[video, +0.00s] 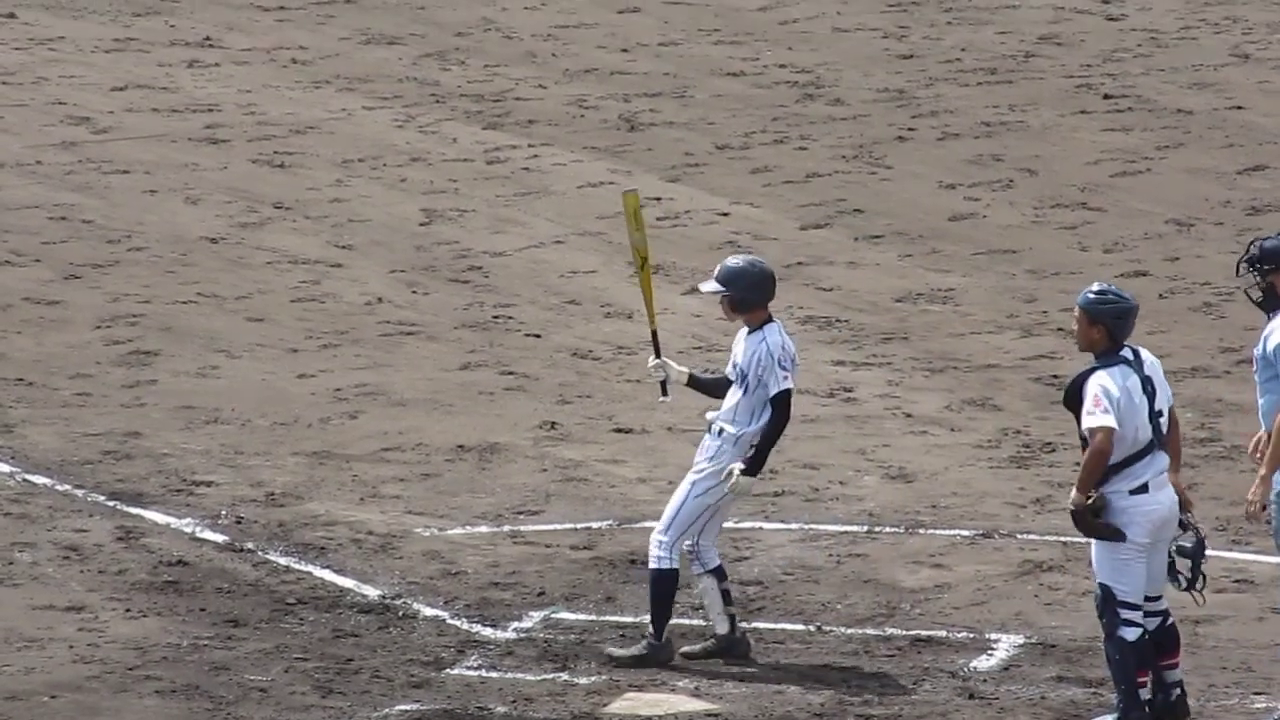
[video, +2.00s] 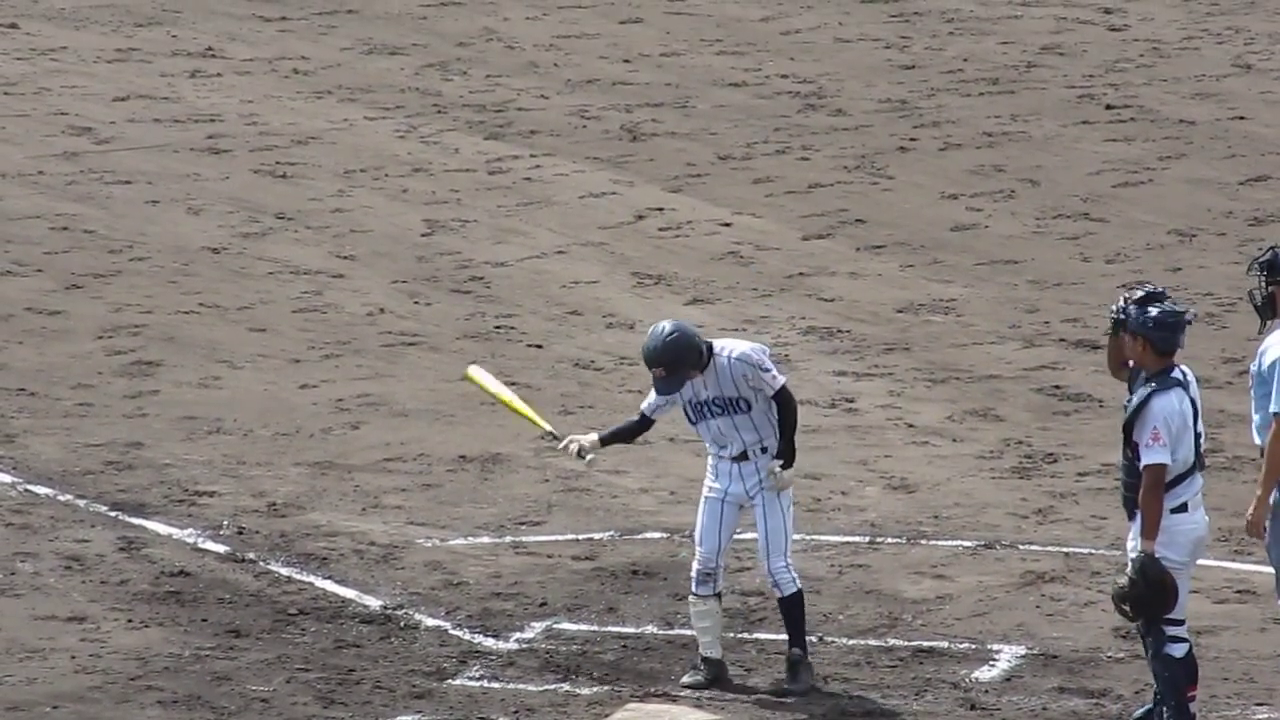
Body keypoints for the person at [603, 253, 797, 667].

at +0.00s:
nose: (719, 302)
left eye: (724, 296)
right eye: (720, 294)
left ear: (742, 299)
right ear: (755, 297)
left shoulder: (770, 345)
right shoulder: (749, 334)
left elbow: (781, 412)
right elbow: (728, 387)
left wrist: (753, 462)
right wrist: (681, 375)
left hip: (726, 456)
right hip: (721, 451)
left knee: (665, 541)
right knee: (701, 546)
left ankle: (656, 641)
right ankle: (728, 636)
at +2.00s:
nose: (667, 382)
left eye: (671, 375)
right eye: (662, 376)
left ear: (690, 360)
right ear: (663, 363)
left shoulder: (744, 358)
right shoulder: (673, 378)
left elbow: (787, 401)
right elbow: (641, 422)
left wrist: (784, 460)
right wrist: (596, 439)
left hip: (767, 467)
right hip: (721, 471)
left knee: (778, 567)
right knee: (705, 564)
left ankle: (799, 663)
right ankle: (711, 664)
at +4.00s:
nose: (735, 365)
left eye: (739, 358)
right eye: (732, 358)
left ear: (761, 347)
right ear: (732, 348)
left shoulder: (809, 370)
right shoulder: (734, 364)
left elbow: (832, 427)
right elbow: (690, 384)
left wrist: (809, 480)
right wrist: (637, 390)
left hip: (795, 479)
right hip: (748, 476)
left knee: (798, 573)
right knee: (722, 567)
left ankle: (815, 665)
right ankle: (737, 621)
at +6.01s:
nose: (730, 293)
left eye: (740, 286)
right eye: (725, 285)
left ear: (760, 291)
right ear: (719, 291)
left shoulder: (782, 331)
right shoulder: (709, 338)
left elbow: (776, 357)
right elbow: (699, 388)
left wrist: (719, 353)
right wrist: (694, 376)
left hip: (760, 463)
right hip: (713, 461)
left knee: (784, 562)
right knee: (697, 560)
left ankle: (808, 661)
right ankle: (692, 653)